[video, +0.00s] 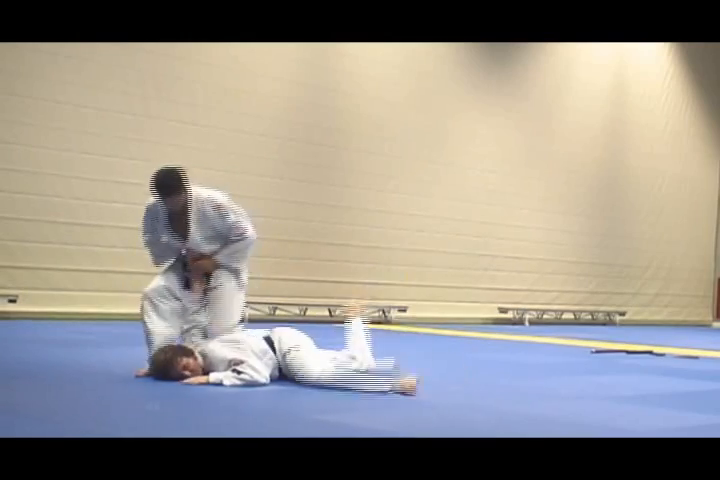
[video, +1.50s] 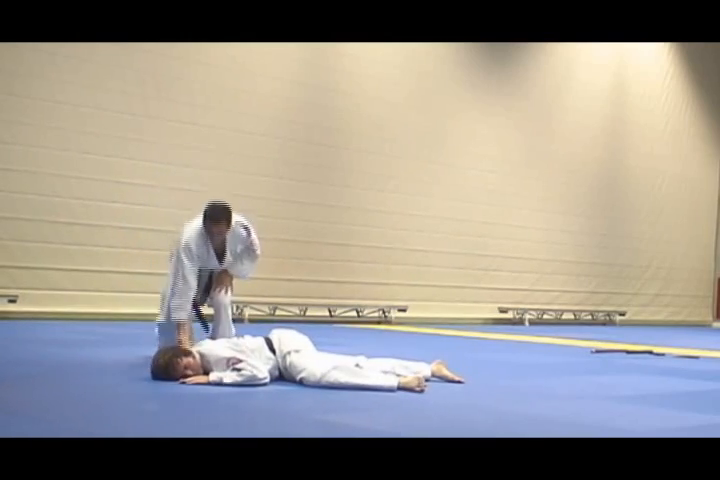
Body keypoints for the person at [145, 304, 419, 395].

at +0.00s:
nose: (189, 375)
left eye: (185, 370)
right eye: (181, 374)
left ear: (189, 356)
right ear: (182, 359)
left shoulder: (217, 353)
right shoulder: (200, 351)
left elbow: (259, 375)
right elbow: (173, 355)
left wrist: (210, 380)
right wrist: (155, 368)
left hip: (282, 342)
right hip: (280, 355)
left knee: (311, 374)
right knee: (357, 363)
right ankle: (355, 320)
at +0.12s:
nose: (190, 372)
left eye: (188, 366)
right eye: (183, 373)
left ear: (190, 355)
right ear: (177, 374)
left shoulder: (216, 352)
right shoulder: (199, 356)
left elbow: (260, 376)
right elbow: (173, 359)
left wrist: (212, 378)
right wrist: (156, 368)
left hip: (282, 342)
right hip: (279, 356)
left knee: (314, 373)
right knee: (335, 360)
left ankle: (392, 370)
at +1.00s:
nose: (188, 374)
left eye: (185, 368)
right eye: (181, 374)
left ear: (189, 357)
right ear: (180, 368)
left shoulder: (215, 353)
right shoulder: (201, 356)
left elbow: (259, 374)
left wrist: (214, 378)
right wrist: (159, 369)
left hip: (281, 348)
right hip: (281, 352)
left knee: (314, 373)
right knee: (353, 363)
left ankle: (397, 381)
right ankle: (428, 368)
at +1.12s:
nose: (188, 372)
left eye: (185, 366)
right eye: (180, 372)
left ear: (190, 357)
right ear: (175, 369)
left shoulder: (217, 356)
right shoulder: (190, 350)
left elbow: (258, 374)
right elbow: (186, 317)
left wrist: (210, 381)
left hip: (283, 348)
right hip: (283, 351)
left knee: (316, 373)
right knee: (350, 365)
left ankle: (400, 382)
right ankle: (424, 368)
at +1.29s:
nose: (188, 373)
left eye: (183, 368)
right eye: (180, 374)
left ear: (189, 355)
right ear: (181, 368)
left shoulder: (215, 354)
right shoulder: (202, 352)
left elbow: (260, 375)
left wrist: (214, 380)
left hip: (282, 348)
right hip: (281, 350)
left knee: (317, 374)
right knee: (353, 363)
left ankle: (397, 381)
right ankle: (427, 367)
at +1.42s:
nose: (187, 370)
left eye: (184, 365)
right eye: (181, 372)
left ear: (188, 355)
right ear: (180, 370)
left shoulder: (212, 352)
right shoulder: (198, 353)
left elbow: (259, 373)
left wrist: (213, 379)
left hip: (280, 347)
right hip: (280, 349)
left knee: (316, 373)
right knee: (351, 363)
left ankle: (399, 381)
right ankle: (427, 369)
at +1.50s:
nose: (189, 371)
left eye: (185, 366)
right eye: (182, 372)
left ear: (188, 354)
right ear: (182, 370)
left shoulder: (212, 351)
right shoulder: (204, 356)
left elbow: (259, 373)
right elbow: (235, 365)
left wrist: (213, 379)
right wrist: (207, 368)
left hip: (280, 346)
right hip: (281, 351)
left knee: (315, 373)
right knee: (351, 364)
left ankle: (399, 381)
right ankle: (427, 369)